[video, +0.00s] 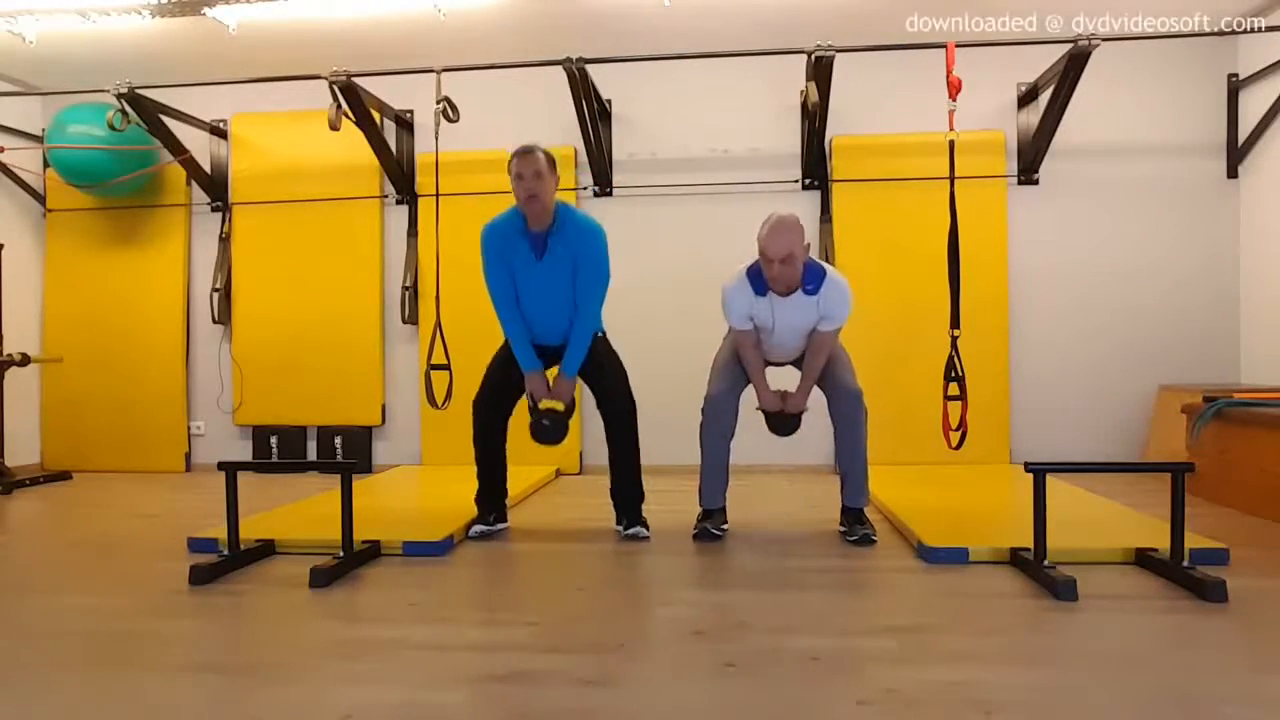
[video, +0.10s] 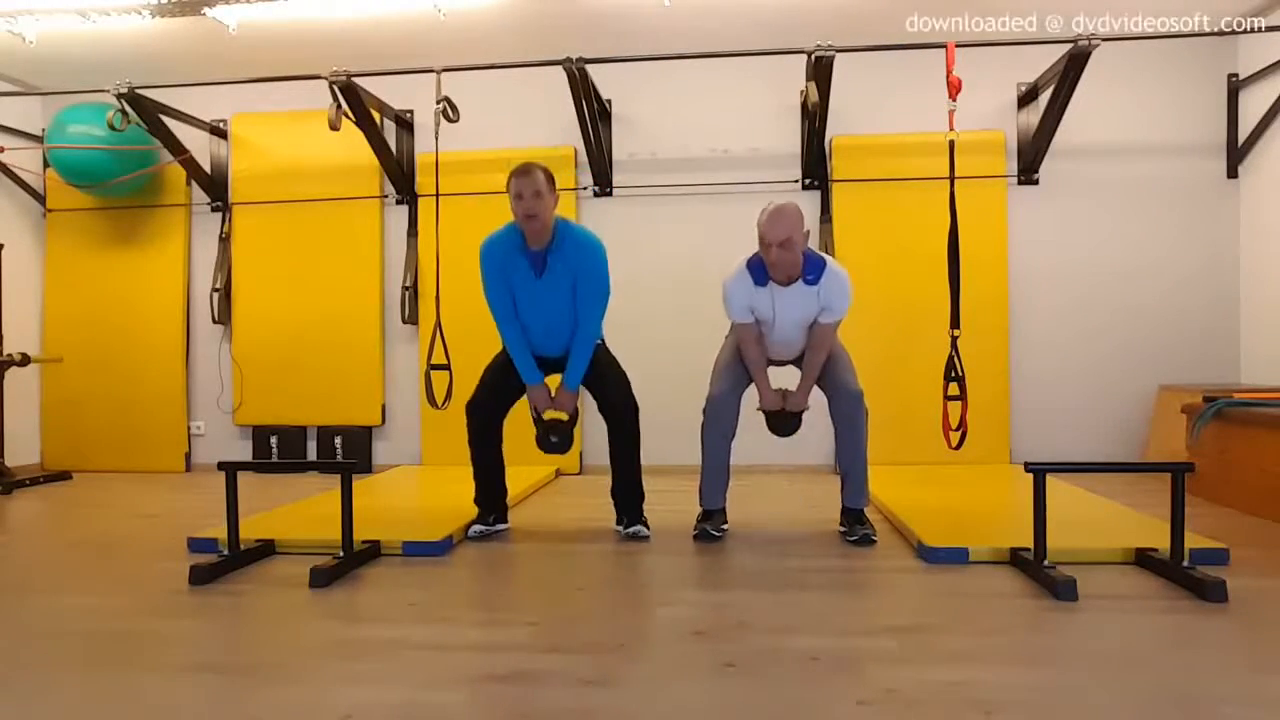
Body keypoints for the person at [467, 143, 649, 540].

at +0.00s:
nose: (527, 186)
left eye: (536, 177)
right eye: (519, 178)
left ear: (555, 181)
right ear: (511, 185)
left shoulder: (587, 233)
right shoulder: (496, 235)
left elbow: (589, 313)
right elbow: (507, 311)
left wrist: (568, 373)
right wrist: (530, 368)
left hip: (582, 341)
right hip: (524, 343)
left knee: (620, 408)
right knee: (487, 410)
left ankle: (630, 514)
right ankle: (492, 512)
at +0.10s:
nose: (528, 204)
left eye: (536, 195)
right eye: (519, 197)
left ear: (555, 198)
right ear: (510, 204)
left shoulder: (587, 247)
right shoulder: (495, 251)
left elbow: (589, 326)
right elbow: (508, 324)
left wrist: (570, 386)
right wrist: (533, 382)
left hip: (582, 350)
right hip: (524, 352)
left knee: (623, 409)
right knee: (481, 412)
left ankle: (631, 515)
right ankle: (492, 514)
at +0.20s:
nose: (527, 211)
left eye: (536, 202)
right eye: (518, 204)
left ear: (554, 205)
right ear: (510, 211)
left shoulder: (585, 253)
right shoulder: (494, 259)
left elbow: (586, 332)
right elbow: (508, 333)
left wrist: (569, 392)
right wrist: (533, 389)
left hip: (580, 356)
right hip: (523, 358)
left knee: (623, 414)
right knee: (478, 416)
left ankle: (630, 515)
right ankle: (493, 513)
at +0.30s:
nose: (528, 204)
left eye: (537, 195)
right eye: (518, 197)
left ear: (554, 200)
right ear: (510, 204)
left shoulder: (585, 252)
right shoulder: (493, 255)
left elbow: (585, 330)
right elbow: (506, 331)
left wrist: (568, 389)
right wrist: (530, 386)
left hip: (579, 356)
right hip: (521, 358)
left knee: (623, 414)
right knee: (476, 416)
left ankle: (629, 514)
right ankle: (493, 513)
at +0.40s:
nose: (530, 180)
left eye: (538, 172)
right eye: (521, 174)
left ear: (555, 181)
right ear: (511, 184)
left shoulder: (585, 236)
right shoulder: (493, 239)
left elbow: (584, 316)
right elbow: (504, 315)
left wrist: (564, 375)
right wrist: (524, 372)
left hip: (577, 348)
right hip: (518, 349)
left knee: (619, 411)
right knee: (477, 414)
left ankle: (629, 514)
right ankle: (492, 513)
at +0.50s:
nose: (533, 152)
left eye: (541, 145)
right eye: (525, 146)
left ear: (558, 155)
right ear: (515, 157)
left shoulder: (586, 214)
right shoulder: (495, 216)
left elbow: (582, 292)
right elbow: (501, 290)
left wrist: (559, 353)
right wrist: (518, 350)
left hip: (573, 334)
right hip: (516, 335)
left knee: (613, 413)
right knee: (482, 414)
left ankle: (629, 516)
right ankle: (491, 513)